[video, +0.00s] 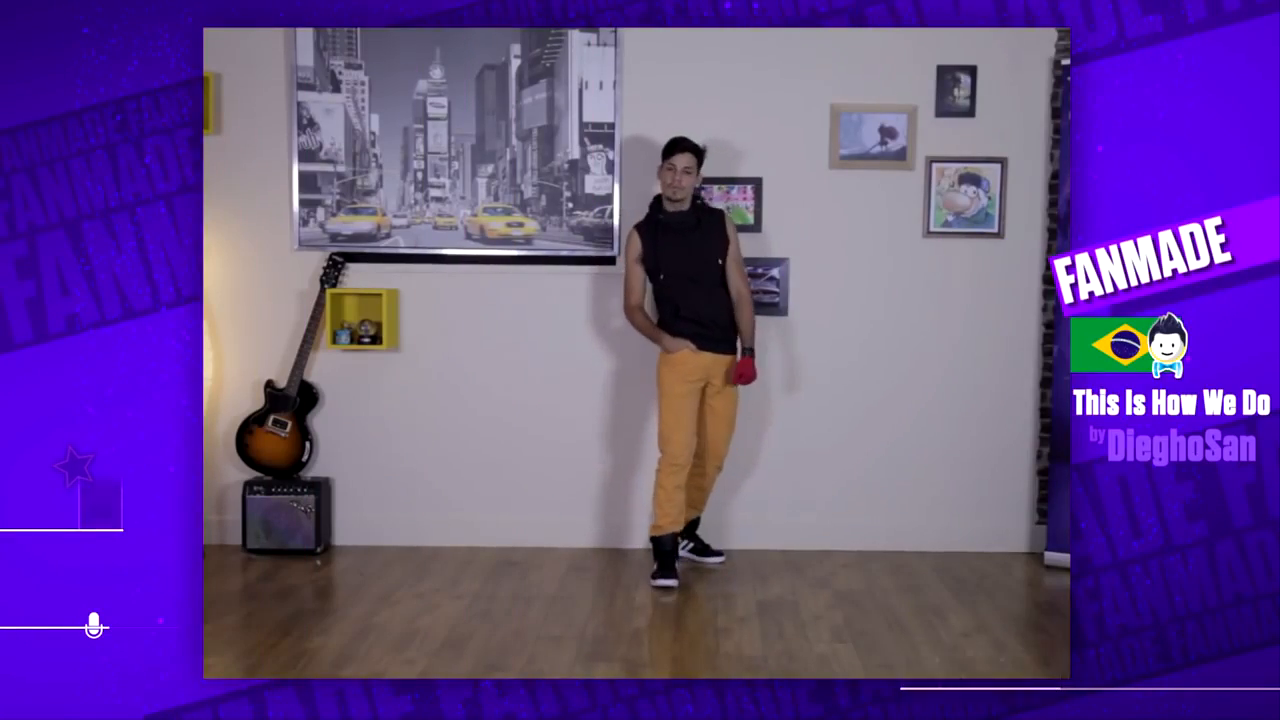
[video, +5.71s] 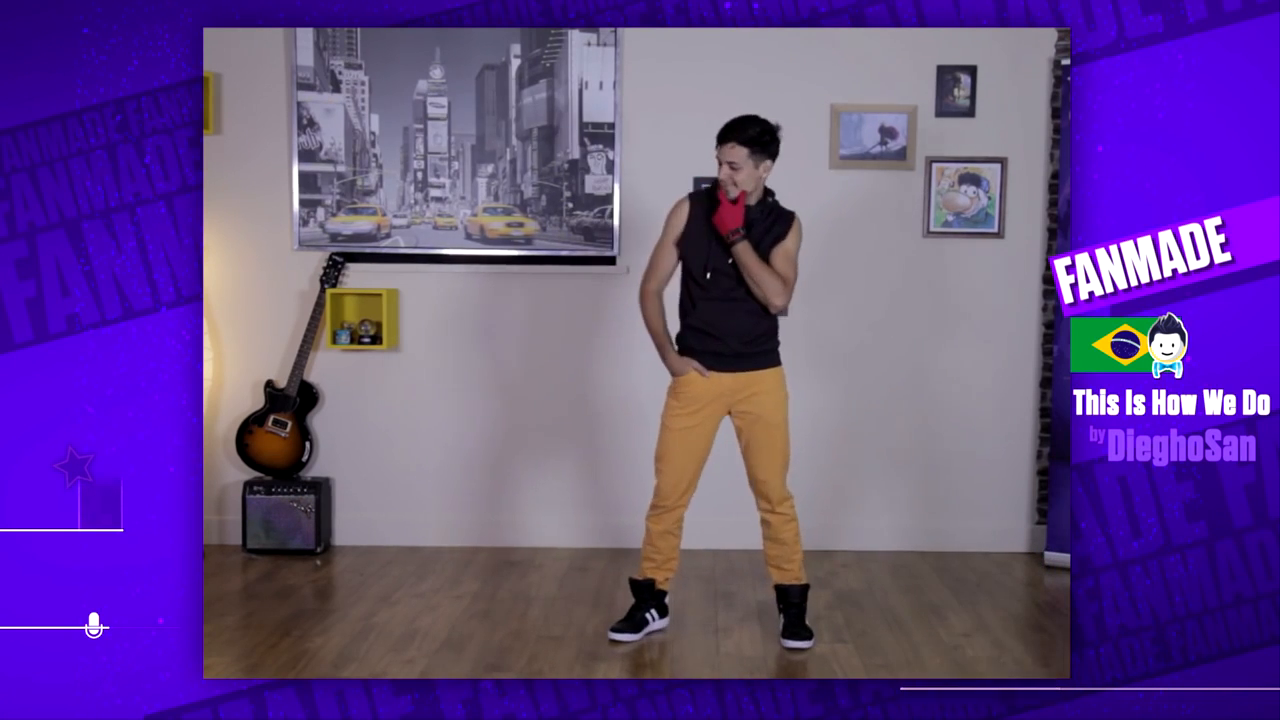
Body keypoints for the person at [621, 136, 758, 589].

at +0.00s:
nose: (677, 178)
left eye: (687, 171)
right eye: (671, 169)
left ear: (699, 177)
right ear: (659, 174)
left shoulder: (721, 224)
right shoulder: (642, 235)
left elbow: (741, 290)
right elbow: (632, 306)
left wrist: (748, 347)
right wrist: (663, 340)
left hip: (726, 357)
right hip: (680, 356)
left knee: (712, 455)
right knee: (676, 455)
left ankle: (685, 535)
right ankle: (664, 555)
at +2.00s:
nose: (689, 173)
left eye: (700, 164)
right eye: (682, 163)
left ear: (716, 167)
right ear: (671, 167)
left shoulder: (743, 211)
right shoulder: (676, 228)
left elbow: (748, 288)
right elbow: (676, 296)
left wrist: (719, 357)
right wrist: (673, 342)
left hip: (749, 359)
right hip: (700, 358)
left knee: (737, 473)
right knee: (689, 464)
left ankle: (733, 576)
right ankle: (692, 544)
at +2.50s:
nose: (729, 160)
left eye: (740, 153)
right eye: (722, 150)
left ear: (755, 161)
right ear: (711, 155)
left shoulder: (775, 215)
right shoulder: (688, 219)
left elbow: (790, 290)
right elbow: (660, 294)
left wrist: (784, 350)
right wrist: (676, 349)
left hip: (762, 368)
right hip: (707, 364)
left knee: (744, 477)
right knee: (688, 470)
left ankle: (734, 577)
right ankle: (686, 541)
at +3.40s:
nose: (707, 153)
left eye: (719, 145)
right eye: (700, 144)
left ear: (736, 155)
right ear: (690, 151)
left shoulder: (753, 226)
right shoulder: (658, 209)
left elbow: (767, 307)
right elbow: (625, 289)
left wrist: (747, 331)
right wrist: (650, 352)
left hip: (736, 376)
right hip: (677, 374)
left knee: (751, 483)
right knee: (661, 488)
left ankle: (737, 579)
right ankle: (643, 597)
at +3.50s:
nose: (696, 153)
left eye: (708, 146)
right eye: (689, 144)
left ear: (724, 157)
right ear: (677, 151)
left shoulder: (746, 219)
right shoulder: (649, 215)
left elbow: (764, 305)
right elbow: (612, 293)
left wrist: (720, 289)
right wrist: (644, 354)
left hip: (735, 376)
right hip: (673, 375)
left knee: (758, 481)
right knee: (660, 489)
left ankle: (750, 576)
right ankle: (644, 598)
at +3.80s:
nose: (725, 166)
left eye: (735, 157)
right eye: (715, 156)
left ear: (745, 157)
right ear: (696, 156)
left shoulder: (757, 202)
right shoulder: (684, 218)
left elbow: (742, 273)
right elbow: (662, 297)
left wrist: (710, 208)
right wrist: (664, 347)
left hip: (752, 378)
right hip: (691, 375)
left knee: (774, 494)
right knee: (665, 492)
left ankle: (800, 604)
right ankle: (653, 600)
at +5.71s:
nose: (727, 176)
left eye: (739, 167)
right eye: (722, 164)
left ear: (767, 169)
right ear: (715, 162)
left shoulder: (782, 223)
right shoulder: (690, 210)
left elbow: (779, 299)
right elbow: (650, 290)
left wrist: (736, 238)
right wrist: (670, 356)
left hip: (760, 379)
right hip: (696, 378)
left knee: (774, 494)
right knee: (668, 494)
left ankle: (792, 605)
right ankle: (650, 602)